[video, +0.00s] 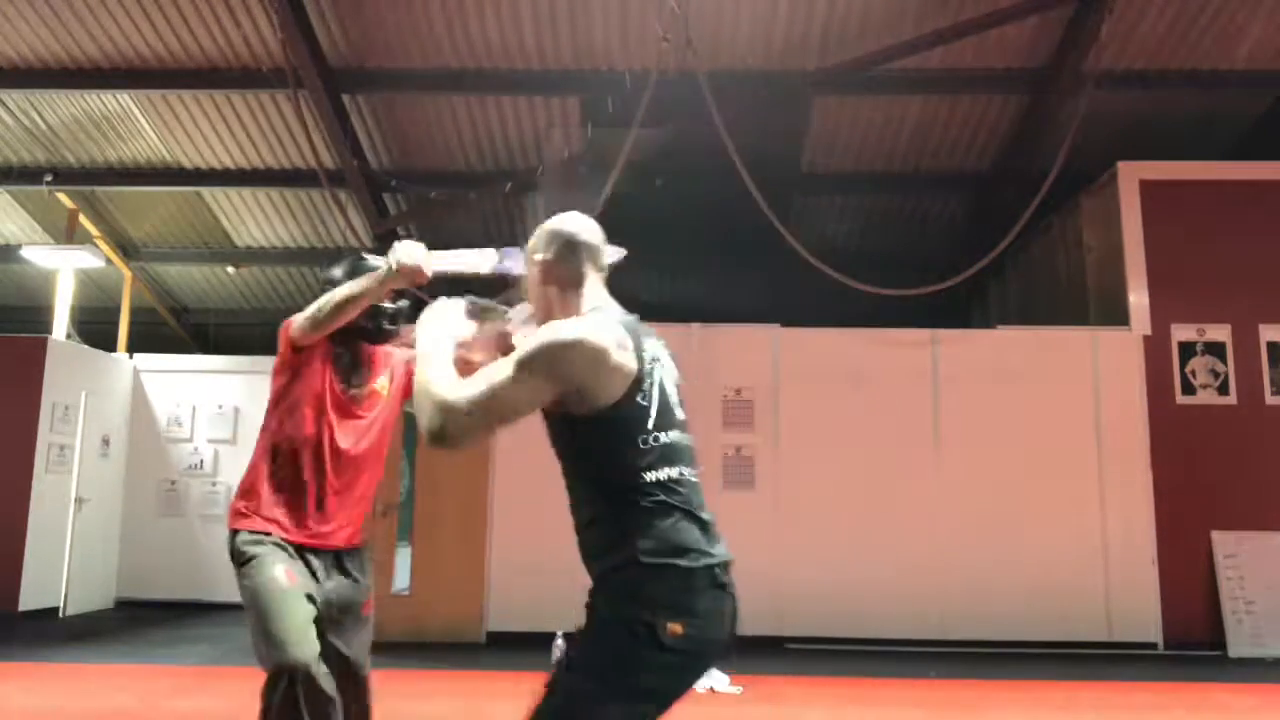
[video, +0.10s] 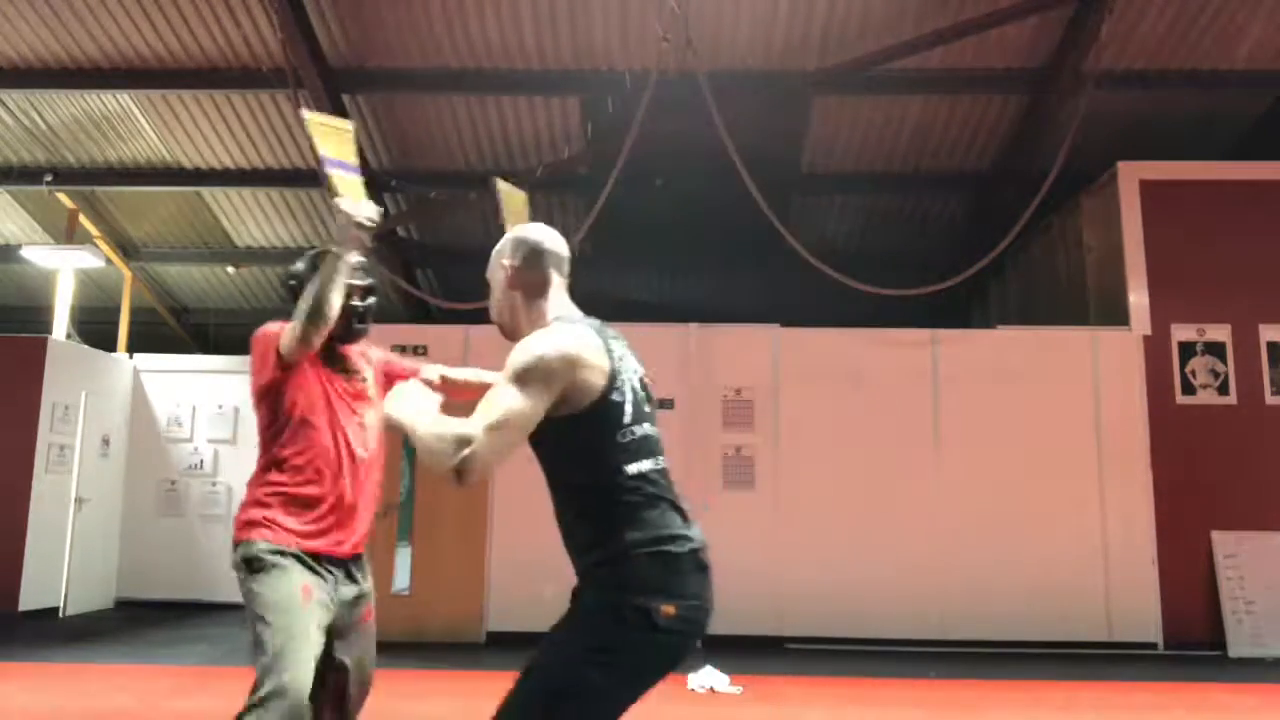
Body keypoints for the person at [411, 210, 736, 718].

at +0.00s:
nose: (525, 292)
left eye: (527, 274)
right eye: (527, 276)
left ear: (543, 269)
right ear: (599, 270)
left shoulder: (574, 343)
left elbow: (444, 421)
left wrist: (432, 337)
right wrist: (492, 357)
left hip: (653, 605)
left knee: (562, 709)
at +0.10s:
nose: (491, 304)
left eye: (492, 286)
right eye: (491, 287)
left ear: (510, 278)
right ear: (560, 276)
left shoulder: (550, 351)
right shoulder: (603, 341)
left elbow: (464, 457)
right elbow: (551, 394)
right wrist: (459, 379)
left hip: (638, 595)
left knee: (527, 711)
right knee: (541, 705)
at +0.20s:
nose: (484, 308)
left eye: (486, 290)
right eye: (483, 293)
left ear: (511, 278)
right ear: (552, 284)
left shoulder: (531, 358)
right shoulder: (598, 351)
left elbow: (446, 459)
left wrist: (395, 415)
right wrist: (503, 371)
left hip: (613, 592)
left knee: (538, 705)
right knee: (523, 681)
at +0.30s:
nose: (482, 315)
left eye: (486, 297)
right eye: (482, 300)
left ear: (521, 285)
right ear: (538, 291)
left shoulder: (522, 351)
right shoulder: (593, 361)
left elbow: (403, 402)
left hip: (593, 592)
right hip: (629, 588)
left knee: (532, 708)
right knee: (547, 704)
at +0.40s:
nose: (465, 329)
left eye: (474, 315)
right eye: (466, 318)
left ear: (512, 311)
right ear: (523, 314)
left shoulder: (516, 360)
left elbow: (419, 389)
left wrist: (342, 339)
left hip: (573, 580)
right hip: (599, 575)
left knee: (537, 704)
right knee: (553, 704)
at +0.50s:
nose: (457, 350)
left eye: (469, 339)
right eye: (458, 339)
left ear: (506, 346)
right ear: (507, 348)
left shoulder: (494, 387)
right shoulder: (554, 408)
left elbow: (446, 434)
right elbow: (606, 501)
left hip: (555, 575)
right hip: (587, 571)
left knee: (545, 704)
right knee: (515, 685)